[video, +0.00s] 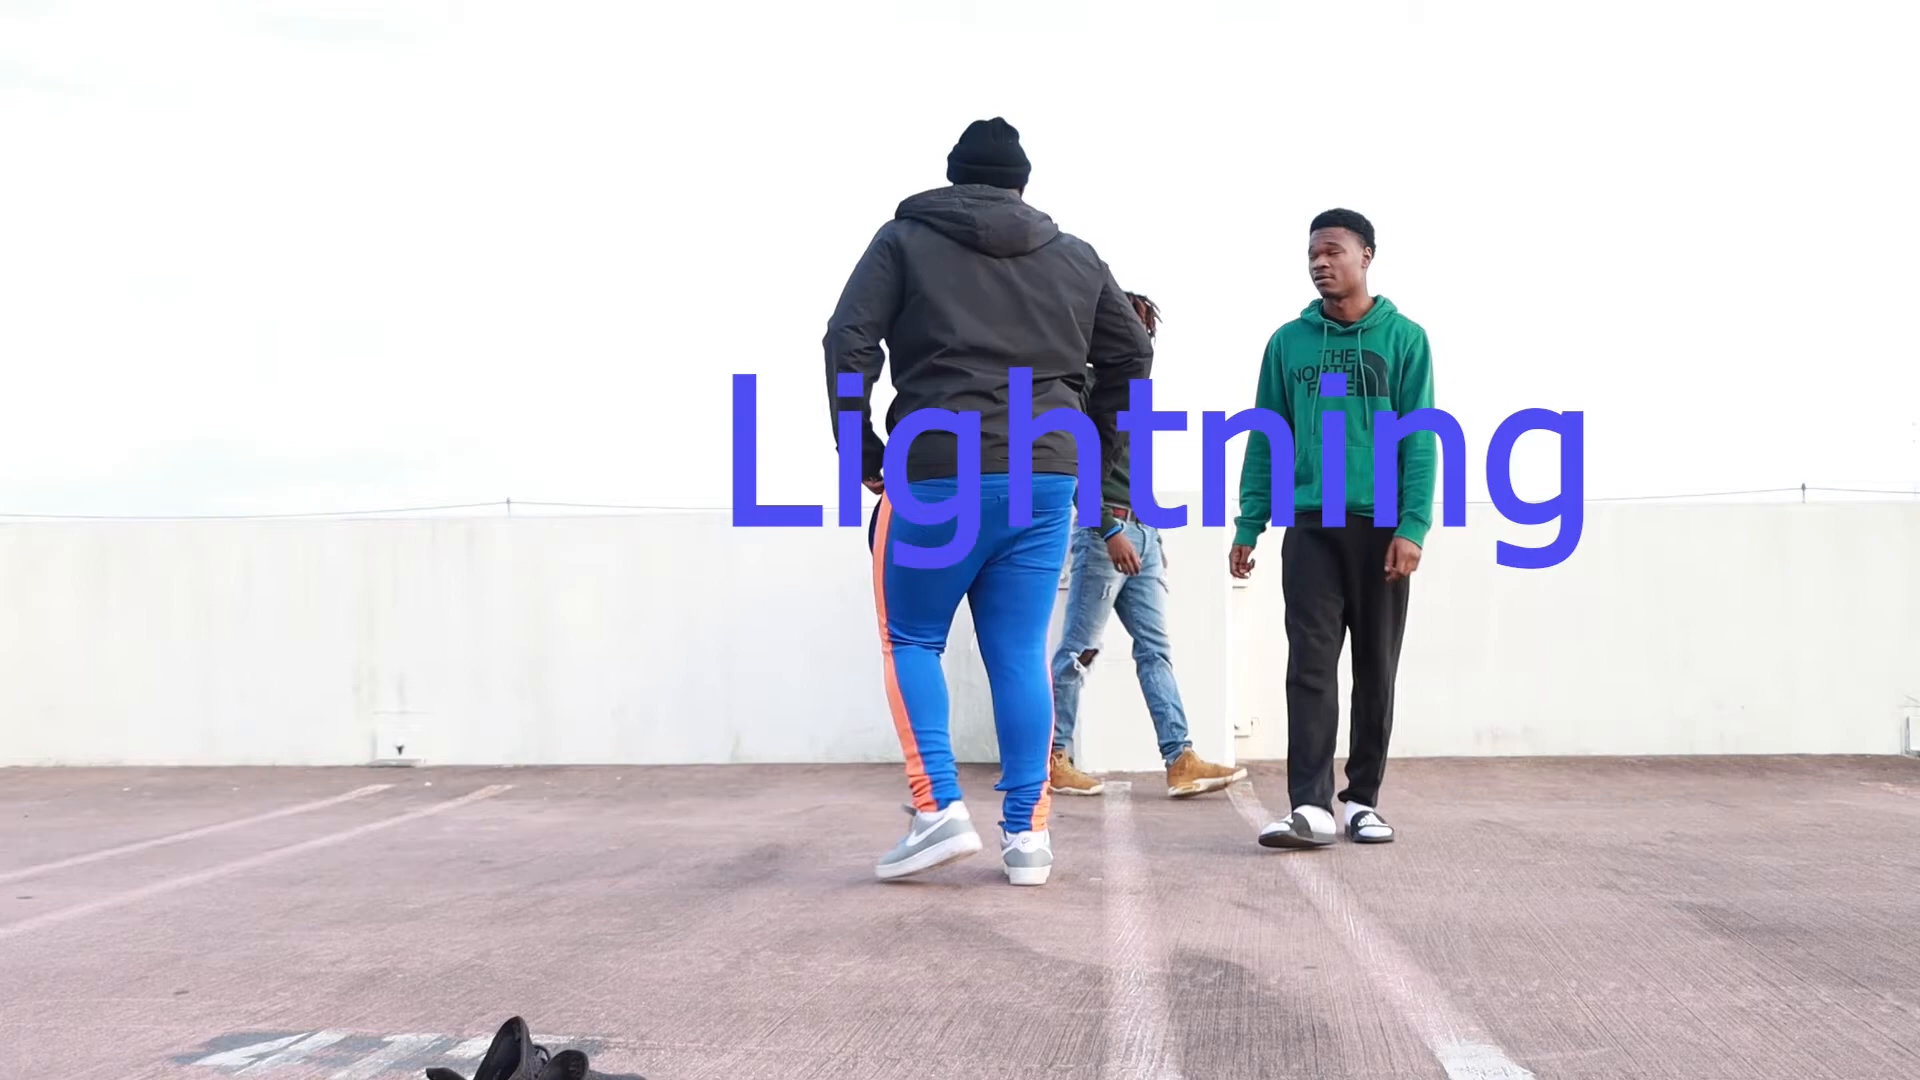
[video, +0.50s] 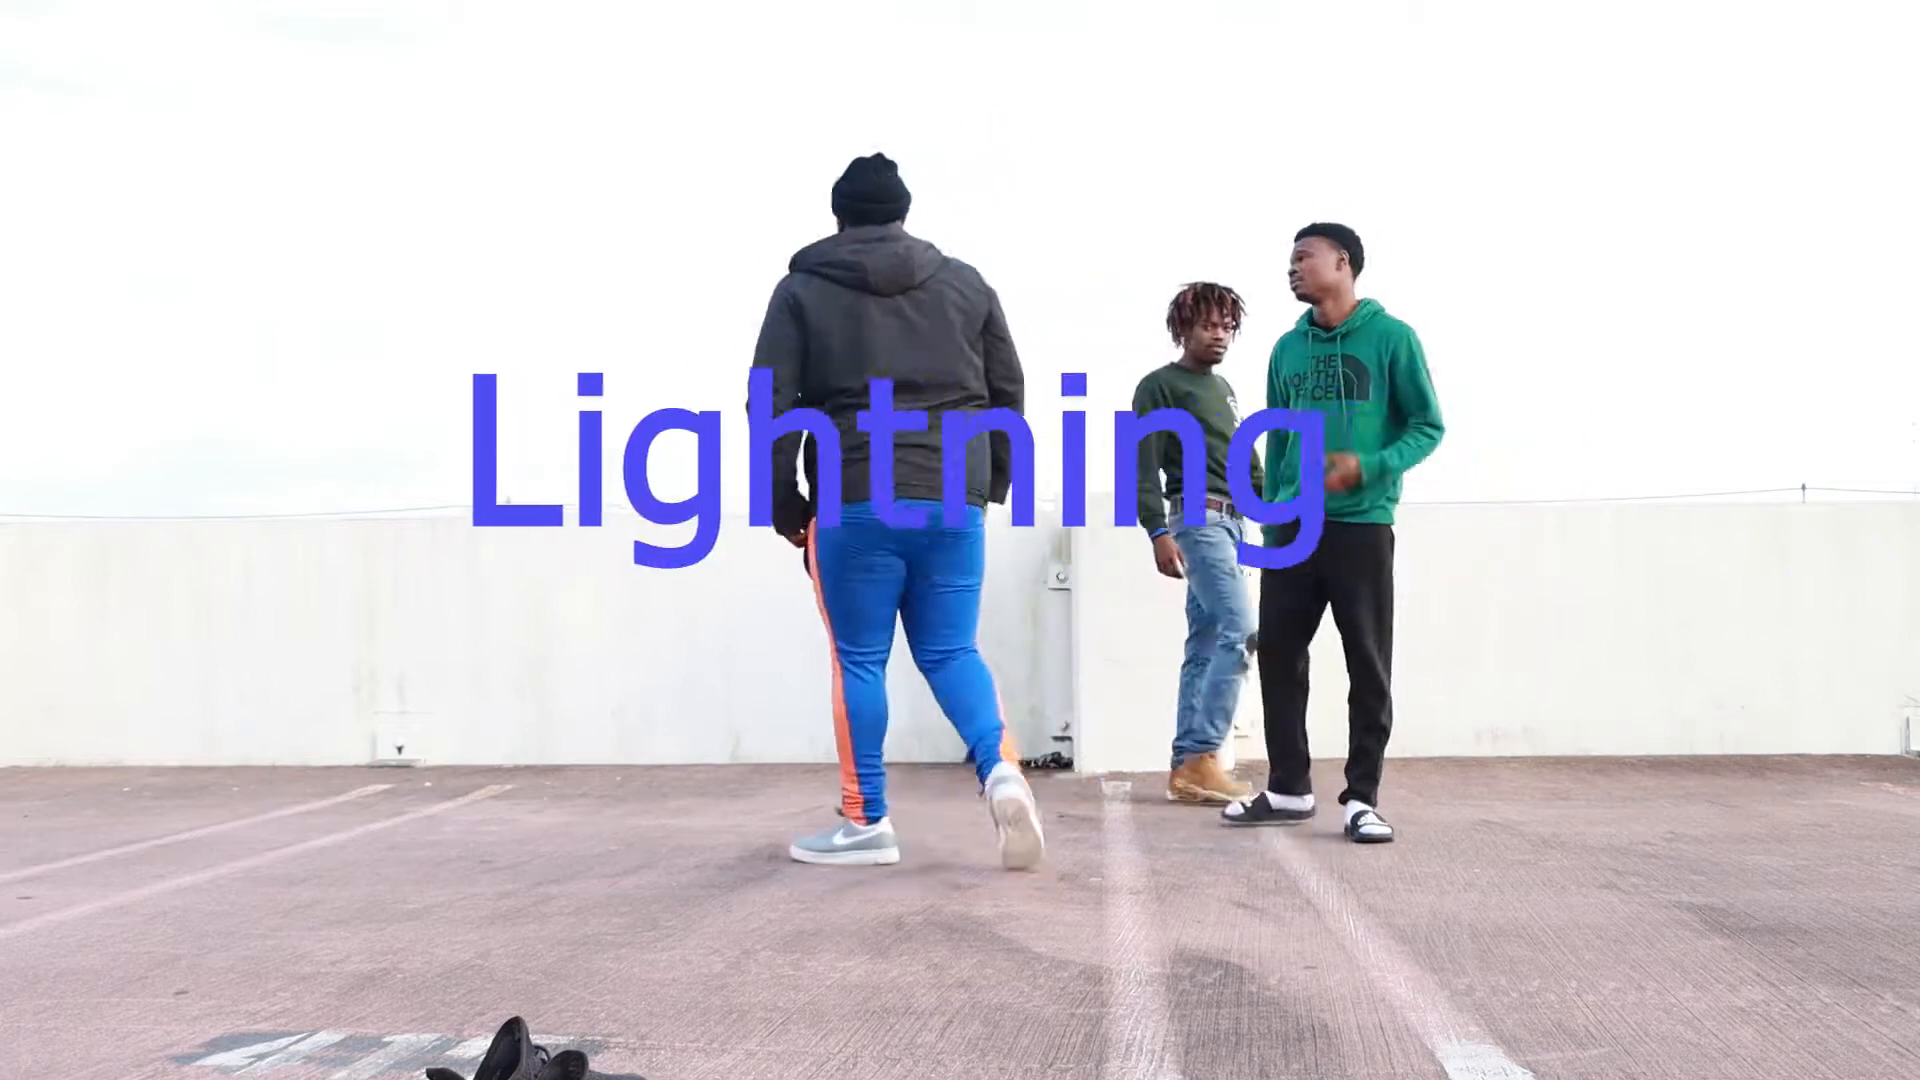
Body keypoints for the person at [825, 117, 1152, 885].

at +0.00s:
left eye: (967, 174)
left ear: (952, 176)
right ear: (1022, 182)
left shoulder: (905, 240)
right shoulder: (1075, 256)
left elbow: (849, 339)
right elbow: (1128, 352)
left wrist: (862, 453)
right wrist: (1089, 437)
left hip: (939, 466)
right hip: (1046, 469)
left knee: (915, 637)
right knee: (1022, 651)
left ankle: (938, 808)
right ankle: (1025, 835)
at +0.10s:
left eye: (956, 180)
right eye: (997, 185)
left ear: (942, 181)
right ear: (1011, 186)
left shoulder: (897, 243)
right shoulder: (1064, 261)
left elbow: (843, 343)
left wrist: (858, 458)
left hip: (929, 474)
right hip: (1030, 474)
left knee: (910, 642)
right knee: (1018, 650)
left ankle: (915, 824)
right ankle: (1026, 835)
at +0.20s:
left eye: (936, 189)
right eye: (979, 191)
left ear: (922, 191)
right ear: (991, 195)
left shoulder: (880, 256)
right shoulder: (1045, 270)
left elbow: (830, 352)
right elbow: (1092, 374)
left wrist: (845, 455)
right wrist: (1063, 463)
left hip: (923, 481)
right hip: (1024, 484)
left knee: (906, 653)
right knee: (1011, 654)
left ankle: (877, 815)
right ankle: (1025, 834)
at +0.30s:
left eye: (906, 199)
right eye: (948, 202)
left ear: (896, 202)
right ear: (964, 204)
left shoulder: (855, 270)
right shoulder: (1019, 278)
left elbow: (810, 376)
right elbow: (1066, 389)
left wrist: (829, 478)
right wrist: (1030, 468)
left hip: (903, 492)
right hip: (1006, 493)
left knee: (890, 661)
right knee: (997, 657)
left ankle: (870, 821)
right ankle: (1021, 831)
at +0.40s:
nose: (881, 221)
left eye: (873, 208)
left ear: (867, 212)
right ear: (933, 212)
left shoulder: (827, 285)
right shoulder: (991, 285)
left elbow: (790, 394)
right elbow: (1038, 394)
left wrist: (811, 505)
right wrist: (1015, 492)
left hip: (874, 503)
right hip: (977, 502)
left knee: (873, 662)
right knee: (976, 655)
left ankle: (868, 822)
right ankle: (1016, 808)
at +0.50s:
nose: (859, 224)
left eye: (843, 212)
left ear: (839, 215)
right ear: (904, 212)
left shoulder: (804, 290)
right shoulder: (965, 285)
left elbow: (770, 405)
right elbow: (1007, 394)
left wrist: (786, 503)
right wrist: (987, 483)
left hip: (856, 499)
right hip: (951, 500)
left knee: (861, 659)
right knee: (951, 648)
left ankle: (867, 821)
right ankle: (1000, 770)